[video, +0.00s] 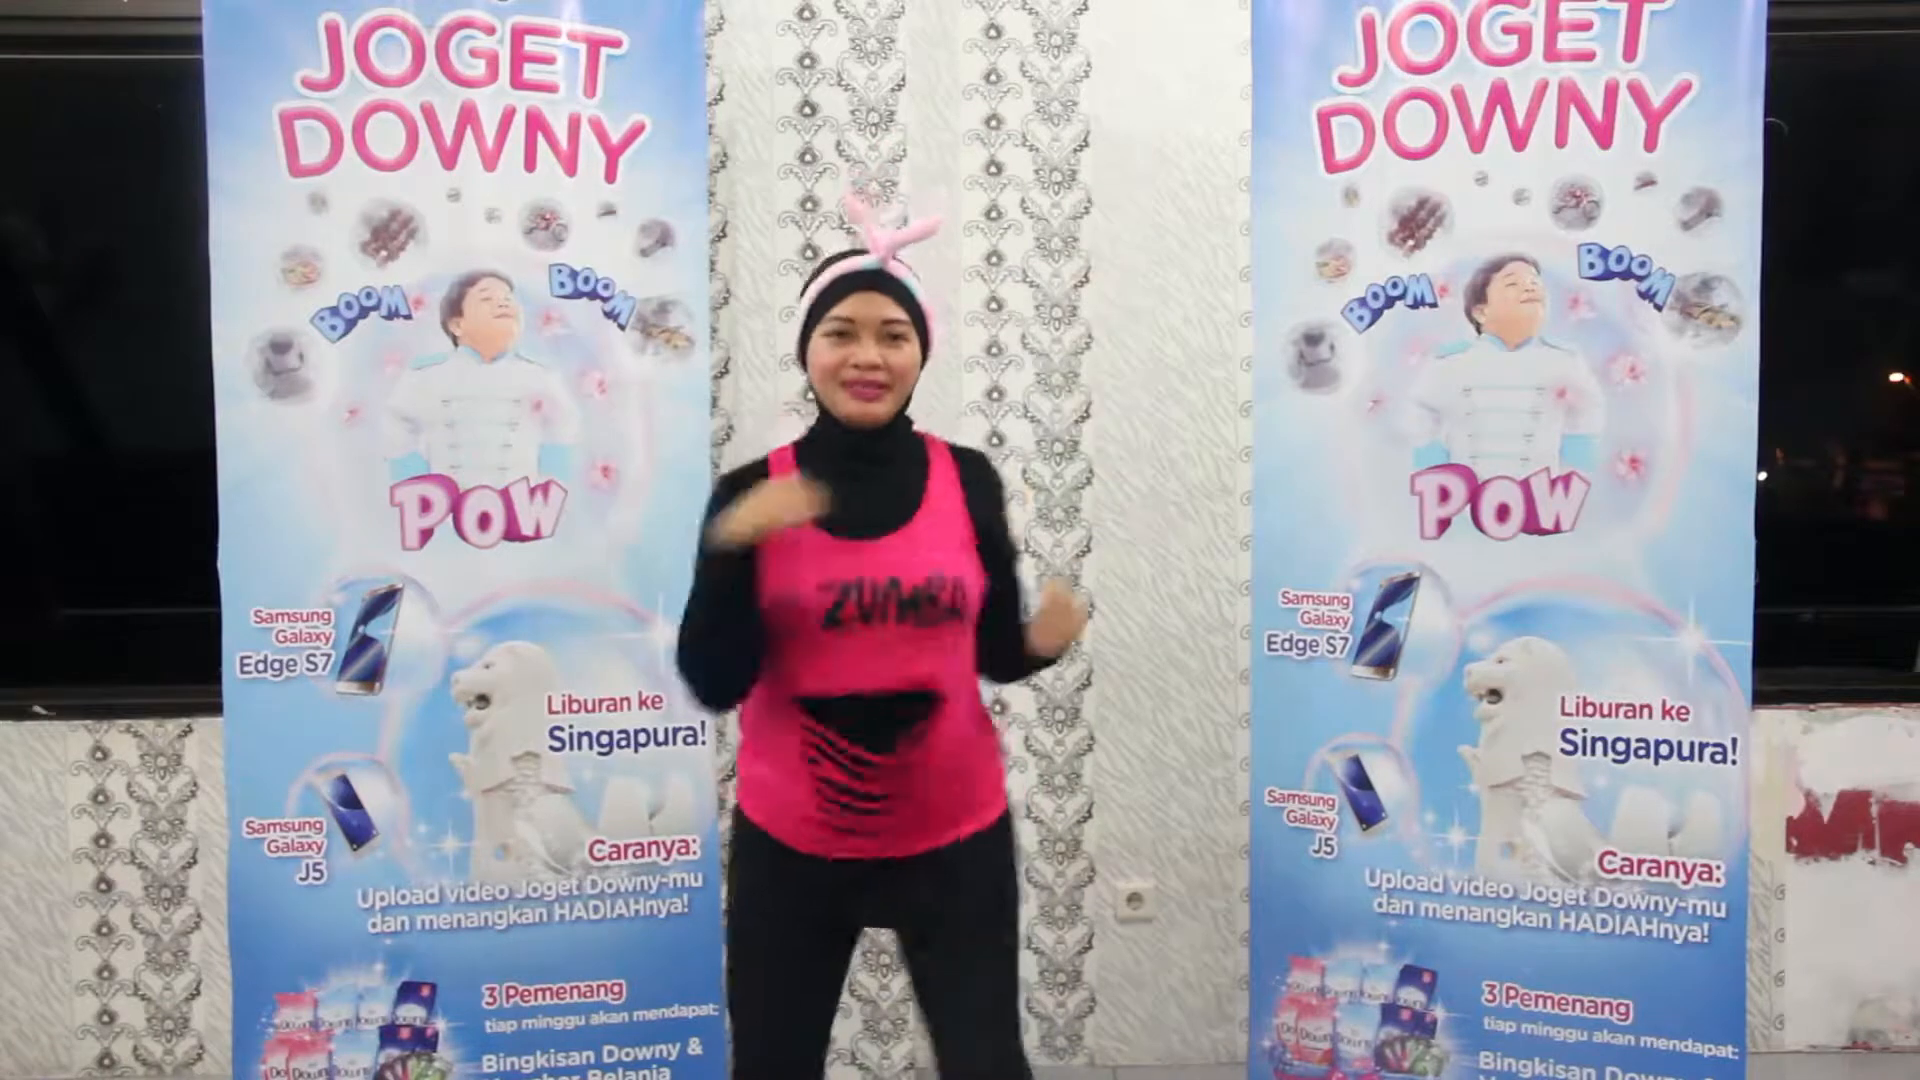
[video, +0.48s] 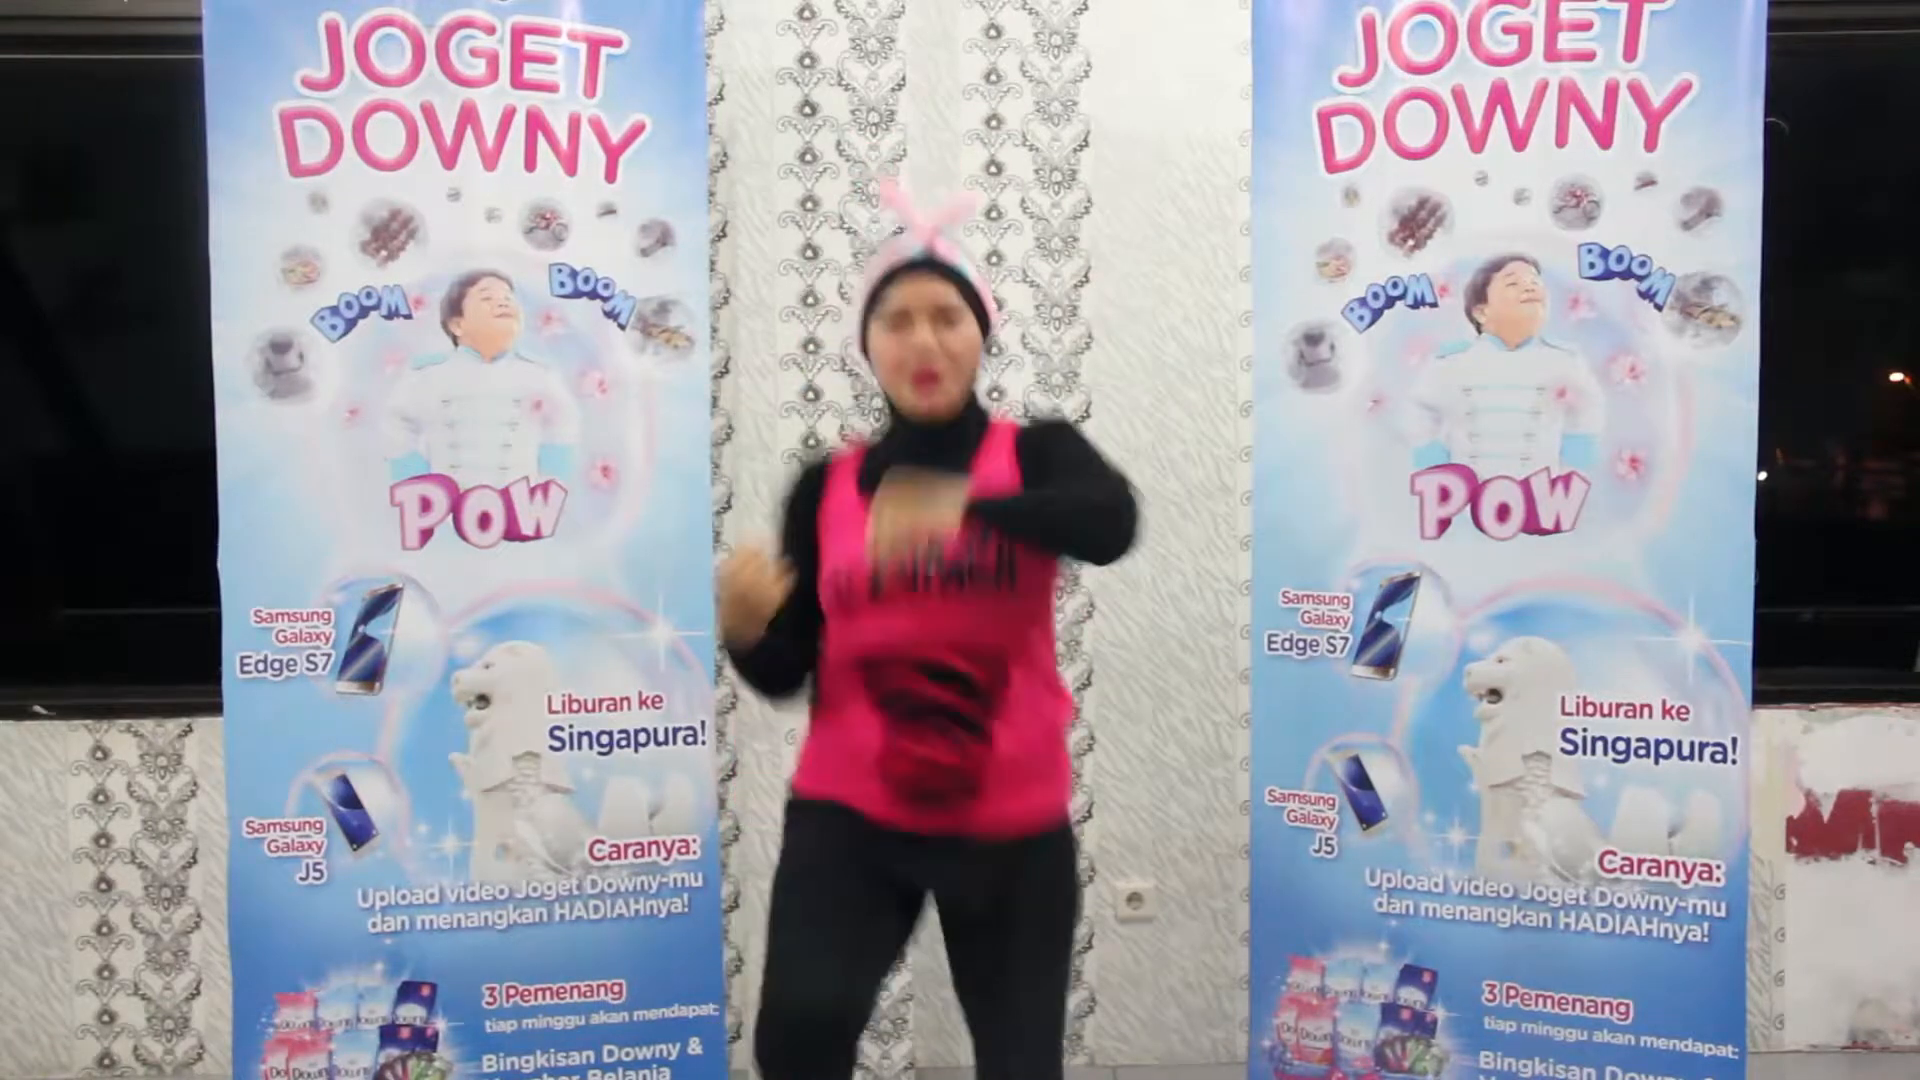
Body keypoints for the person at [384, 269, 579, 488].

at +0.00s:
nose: (502, 303)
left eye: (508, 297)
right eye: (485, 298)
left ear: (519, 315)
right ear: (455, 324)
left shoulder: (539, 378)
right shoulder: (421, 377)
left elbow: (560, 438)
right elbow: (395, 433)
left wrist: (545, 498)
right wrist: (415, 490)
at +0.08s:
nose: (502, 303)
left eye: (508, 297)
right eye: (485, 298)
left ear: (519, 315)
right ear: (455, 324)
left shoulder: (539, 377)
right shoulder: (421, 377)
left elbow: (560, 438)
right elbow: (395, 433)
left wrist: (545, 498)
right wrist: (415, 490)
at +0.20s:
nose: (502, 303)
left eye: (509, 297)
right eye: (486, 298)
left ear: (519, 316)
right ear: (455, 324)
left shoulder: (539, 378)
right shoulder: (421, 378)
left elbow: (560, 439)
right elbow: (395, 434)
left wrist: (545, 498)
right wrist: (415, 490)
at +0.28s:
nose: (502, 303)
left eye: (508, 297)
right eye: (485, 298)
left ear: (519, 315)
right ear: (455, 324)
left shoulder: (539, 377)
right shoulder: (421, 377)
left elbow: (560, 437)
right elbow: (394, 433)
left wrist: (545, 497)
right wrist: (415, 490)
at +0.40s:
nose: (502, 303)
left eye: (509, 297)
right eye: (485, 298)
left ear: (519, 315)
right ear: (455, 324)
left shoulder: (538, 377)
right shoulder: (421, 377)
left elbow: (560, 436)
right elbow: (394, 432)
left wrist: (546, 496)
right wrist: (415, 489)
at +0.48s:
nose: (502, 302)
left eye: (508, 297)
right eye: (485, 297)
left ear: (519, 316)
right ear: (455, 324)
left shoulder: (539, 377)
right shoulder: (421, 378)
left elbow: (560, 436)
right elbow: (394, 430)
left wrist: (546, 494)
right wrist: (415, 488)